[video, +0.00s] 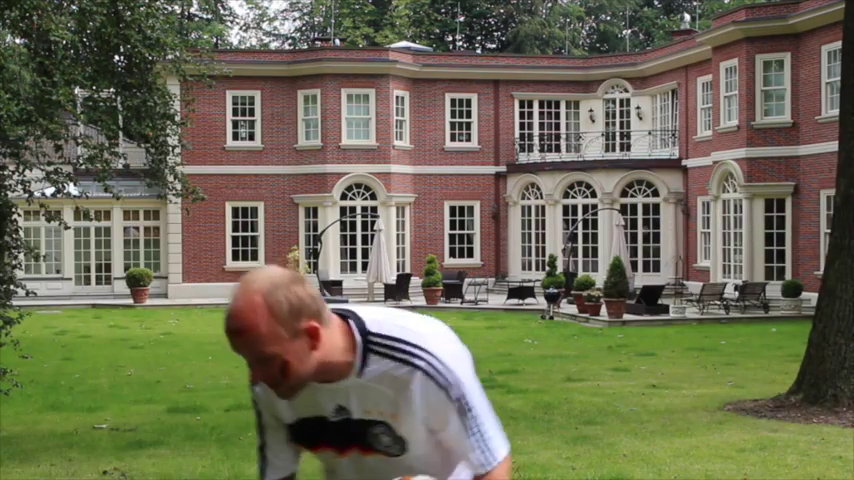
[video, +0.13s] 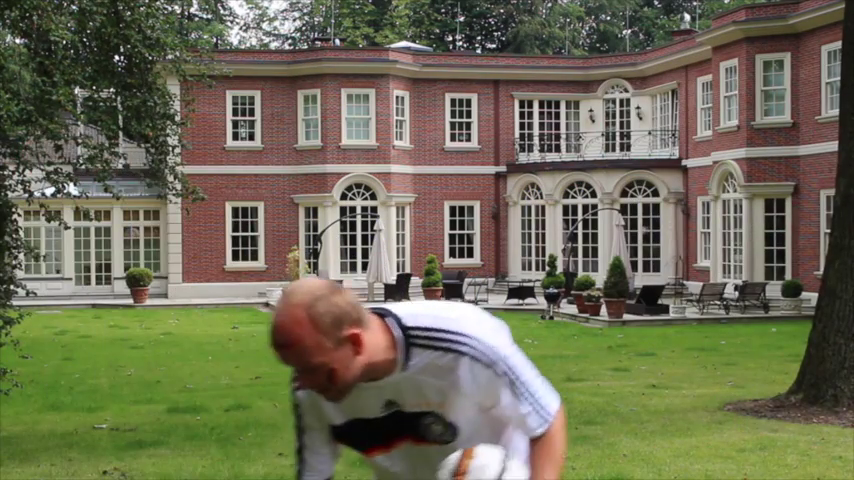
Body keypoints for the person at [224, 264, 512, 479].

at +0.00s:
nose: (256, 379)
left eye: (268, 361)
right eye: (248, 362)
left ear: (311, 335)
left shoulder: (427, 356)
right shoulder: (268, 377)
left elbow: (496, 467)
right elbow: (276, 473)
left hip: (442, 470)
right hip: (351, 470)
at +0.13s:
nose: (302, 385)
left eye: (313, 370)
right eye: (296, 371)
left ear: (355, 343)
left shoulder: (468, 341)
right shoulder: (310, 386)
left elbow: (549, 417)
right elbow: (313, 473)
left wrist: (539, 477)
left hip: (494, 462)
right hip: (404, 470)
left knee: (472, 462)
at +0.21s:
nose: (352, 376)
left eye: (363, 362)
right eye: (343, 363)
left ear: (398, 333)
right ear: (334, 353)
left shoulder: (508, 330)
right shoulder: (345, 383)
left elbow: (579, 400)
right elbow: (351, 472)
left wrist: (576, 472)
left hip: (521, 465)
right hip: (428, 469)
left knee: (523, 444)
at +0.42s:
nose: (498, 326)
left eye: (509, 312)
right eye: (484, 314)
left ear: (533, 277)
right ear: (464, 295)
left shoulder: (576, 280)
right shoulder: (435, 320)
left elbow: (614, 368)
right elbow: (463, 440)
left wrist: (647, 393)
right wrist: (569, 475)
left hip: (567, 459)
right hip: (476, 467)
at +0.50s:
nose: (546, 302)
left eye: (556, 288)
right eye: (532, 291)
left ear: (571, 259)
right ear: (500, 263)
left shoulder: (590, 268)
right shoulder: (462, 301)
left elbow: (626, 330)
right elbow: (497, 418)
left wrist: (663, 359)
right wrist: (614, 448)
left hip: (568, 463)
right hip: (480, 466)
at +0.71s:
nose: (607, 252)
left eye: (617, 240)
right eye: (596, 240)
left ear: (625, 221)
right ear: (556, 216)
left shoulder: (582, 256)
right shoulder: (505, 268)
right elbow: (575, 369)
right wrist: (700, 396)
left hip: (553, 453)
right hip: (481, 460)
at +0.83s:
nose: (614, 233)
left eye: (620, 220)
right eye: (607, 222)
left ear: (565, 202)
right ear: (565, 207)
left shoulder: (545, 238)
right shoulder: (518, 264)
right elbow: (619, 354)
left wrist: (588, 262)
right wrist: (745, 366)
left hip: (543, 457)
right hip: (480, 461)